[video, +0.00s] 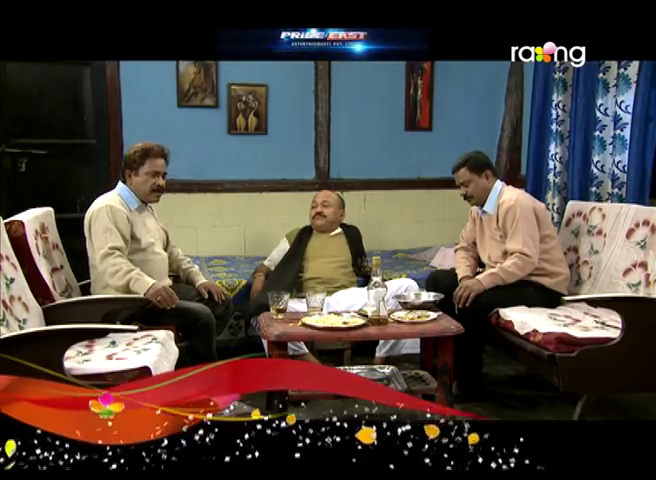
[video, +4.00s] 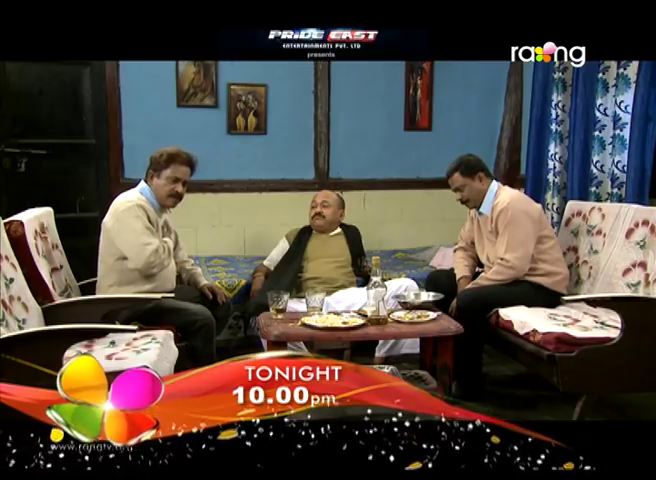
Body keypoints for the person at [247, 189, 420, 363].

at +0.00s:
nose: (318, 210)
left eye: (326, 206)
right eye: (314, 206)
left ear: (341, 213)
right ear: (309, 211)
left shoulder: (351, 233)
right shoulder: (297, 236)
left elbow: (362, 268)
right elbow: (266, 267)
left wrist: (379, 282)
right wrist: (259, 280)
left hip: (350, 297)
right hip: (309, 300)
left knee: (406, 286)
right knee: (268, 315)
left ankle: (381, 362)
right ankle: (311, 364)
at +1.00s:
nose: (318, 210)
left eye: (326, 206)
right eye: (314, 206)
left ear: (341, 213)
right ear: (309, 211)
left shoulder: (351, 233)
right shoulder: (298, 236)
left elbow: (362, 268)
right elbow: (264, 269)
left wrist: (380, 281)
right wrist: (256, 304)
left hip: (351, 297)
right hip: (310, 300)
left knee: (406, 286)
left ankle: (382, 361)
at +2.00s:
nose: (317, 210)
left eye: (325, 206)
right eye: (314, 206)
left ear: (341, 213)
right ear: (309, 211)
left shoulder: (351, 233)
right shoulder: (297, 236)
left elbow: (362, 268)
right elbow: (266, 267)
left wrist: (378, 281)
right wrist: (258, 288)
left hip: (351, 297)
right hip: (311, 300)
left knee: (407, 286)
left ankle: (381, 362)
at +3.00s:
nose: (317, 210)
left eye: (325, 206)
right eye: (314, 206)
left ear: (341, 213)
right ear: (309, 211)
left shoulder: (351, 233)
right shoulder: (297, 236)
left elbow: (362, 269)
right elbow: (265, 268)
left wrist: (377, 282)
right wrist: (256, 299)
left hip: (351, 297)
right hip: (311, 300)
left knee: (406, 286)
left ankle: (382, 362)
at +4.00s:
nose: (317, 210)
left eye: (325, 206)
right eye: (314, 206)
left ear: (340, 213)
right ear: (309, 211)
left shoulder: (351, 233)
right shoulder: (297, 236)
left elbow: (361, 269)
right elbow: (264, 269)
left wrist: (378, 280)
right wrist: (256, 301)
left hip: (350, 298)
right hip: (309, 300)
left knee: (406, 285)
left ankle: (382, 363)